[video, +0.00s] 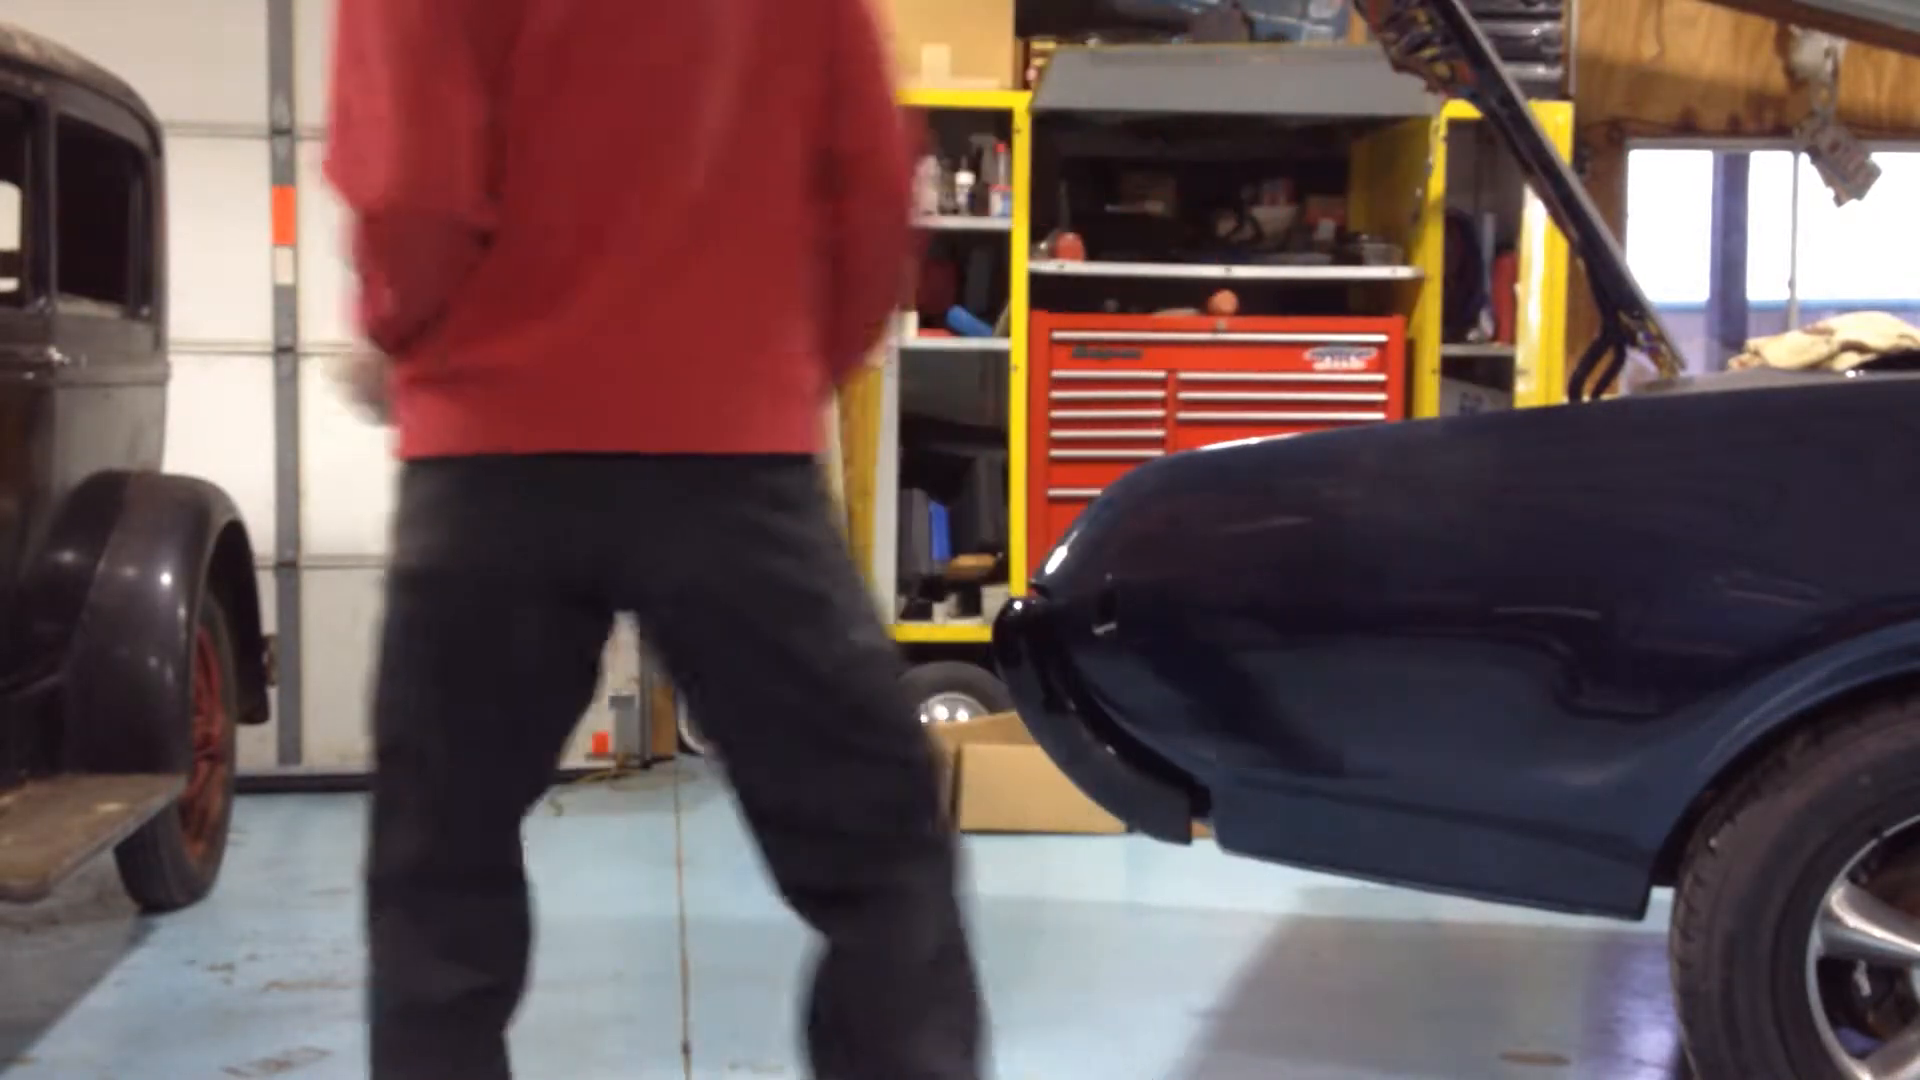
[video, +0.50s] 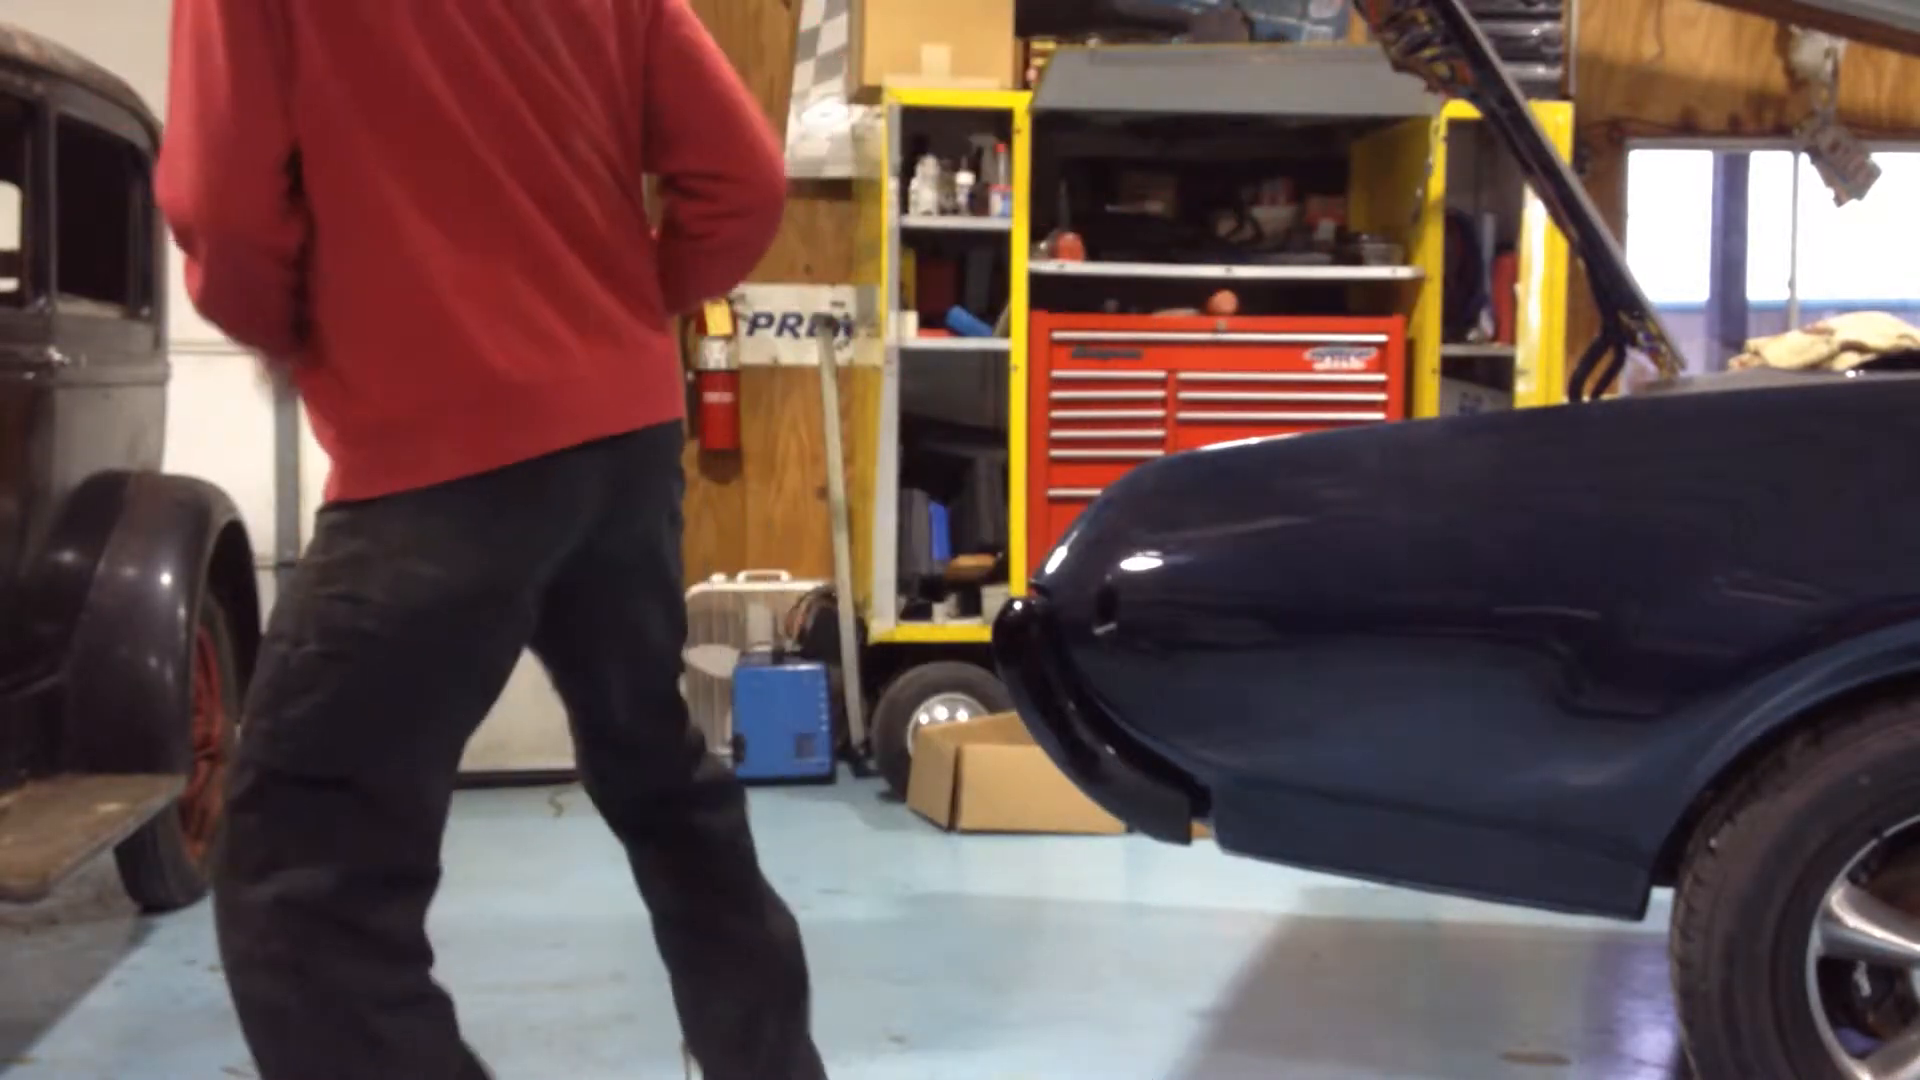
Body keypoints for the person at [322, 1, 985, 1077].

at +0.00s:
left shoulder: (418, 7)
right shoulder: (812, 14)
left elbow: (416, 189)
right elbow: (876, 195)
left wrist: (392, 332)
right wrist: (782, 367)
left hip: (501, 453)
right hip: (733, 451)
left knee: (437, 875)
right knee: (882, 860)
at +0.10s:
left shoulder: (363, 4)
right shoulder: (744, 6)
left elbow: (278, 131)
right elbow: (842, 175)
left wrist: (312, 300)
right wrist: (710, 335)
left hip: (445, 425)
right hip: (680, 433)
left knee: (400, 878)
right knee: (804, 832)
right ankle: (794, 1064)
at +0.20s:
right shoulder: (699, 6)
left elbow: (182, 100)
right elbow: (834, 136)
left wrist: (295, 206)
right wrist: (684, 262)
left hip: (415, 407)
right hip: (648, 401)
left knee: (372, 843)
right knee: (714, 821)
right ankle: (748, 1066)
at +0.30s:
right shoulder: (660, 0)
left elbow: (167, 108)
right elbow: (799, 127)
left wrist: (296, 197)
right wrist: (658, 258)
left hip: (419, 423)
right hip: (637, 419)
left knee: (347, 857)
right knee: (683, 818)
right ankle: (741, 1068)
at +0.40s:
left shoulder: (246, 6)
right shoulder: (621, 3)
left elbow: (196, 194)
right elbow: (741, 175)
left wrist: (309, 291)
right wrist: (630, 299)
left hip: (437, 416)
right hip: (635, 404)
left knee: (325, 864)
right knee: (664, 800)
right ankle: (761, 1058)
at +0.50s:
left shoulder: (251, 6)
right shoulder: (610, 1)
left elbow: (224, 213)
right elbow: (743, 179)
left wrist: (297, 332)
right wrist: (615, 298)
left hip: (438, 440)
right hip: (629, 418)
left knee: (305, 880)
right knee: (667, 786)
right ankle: (771, 1063)